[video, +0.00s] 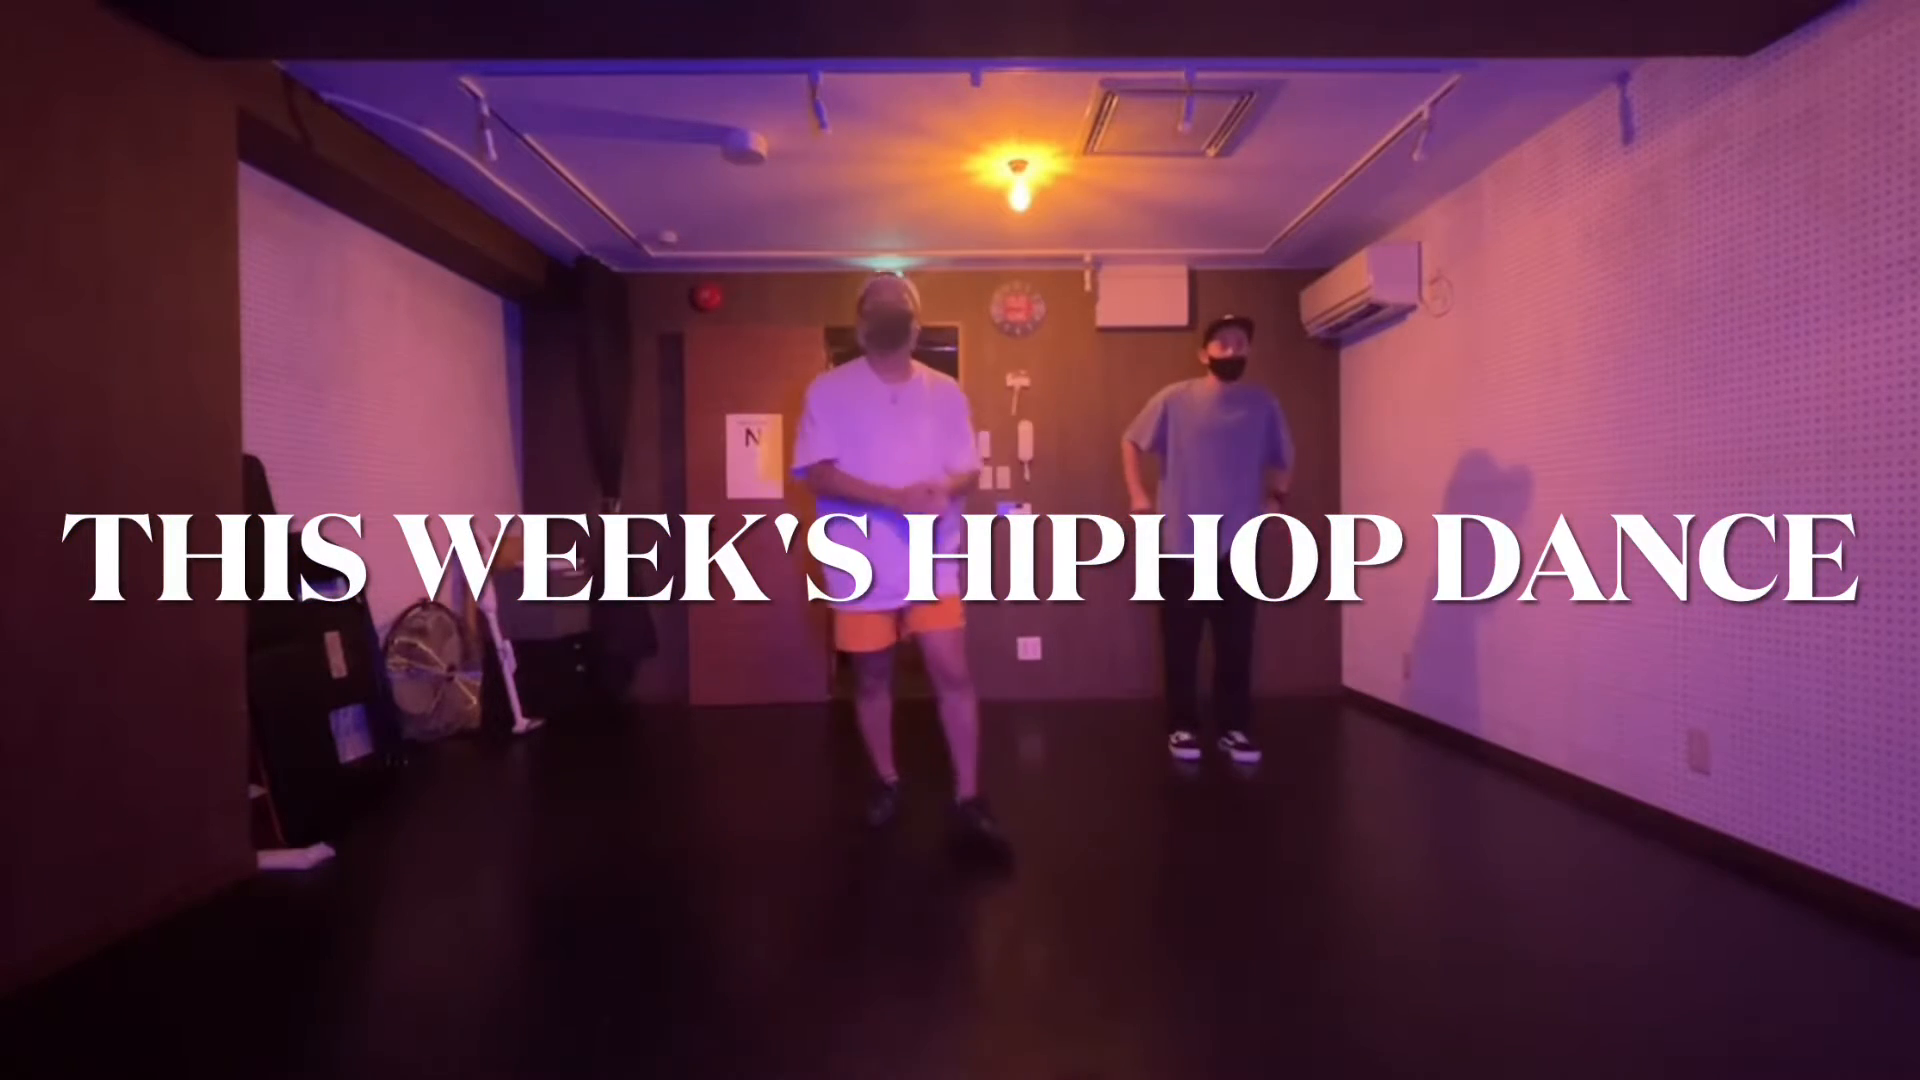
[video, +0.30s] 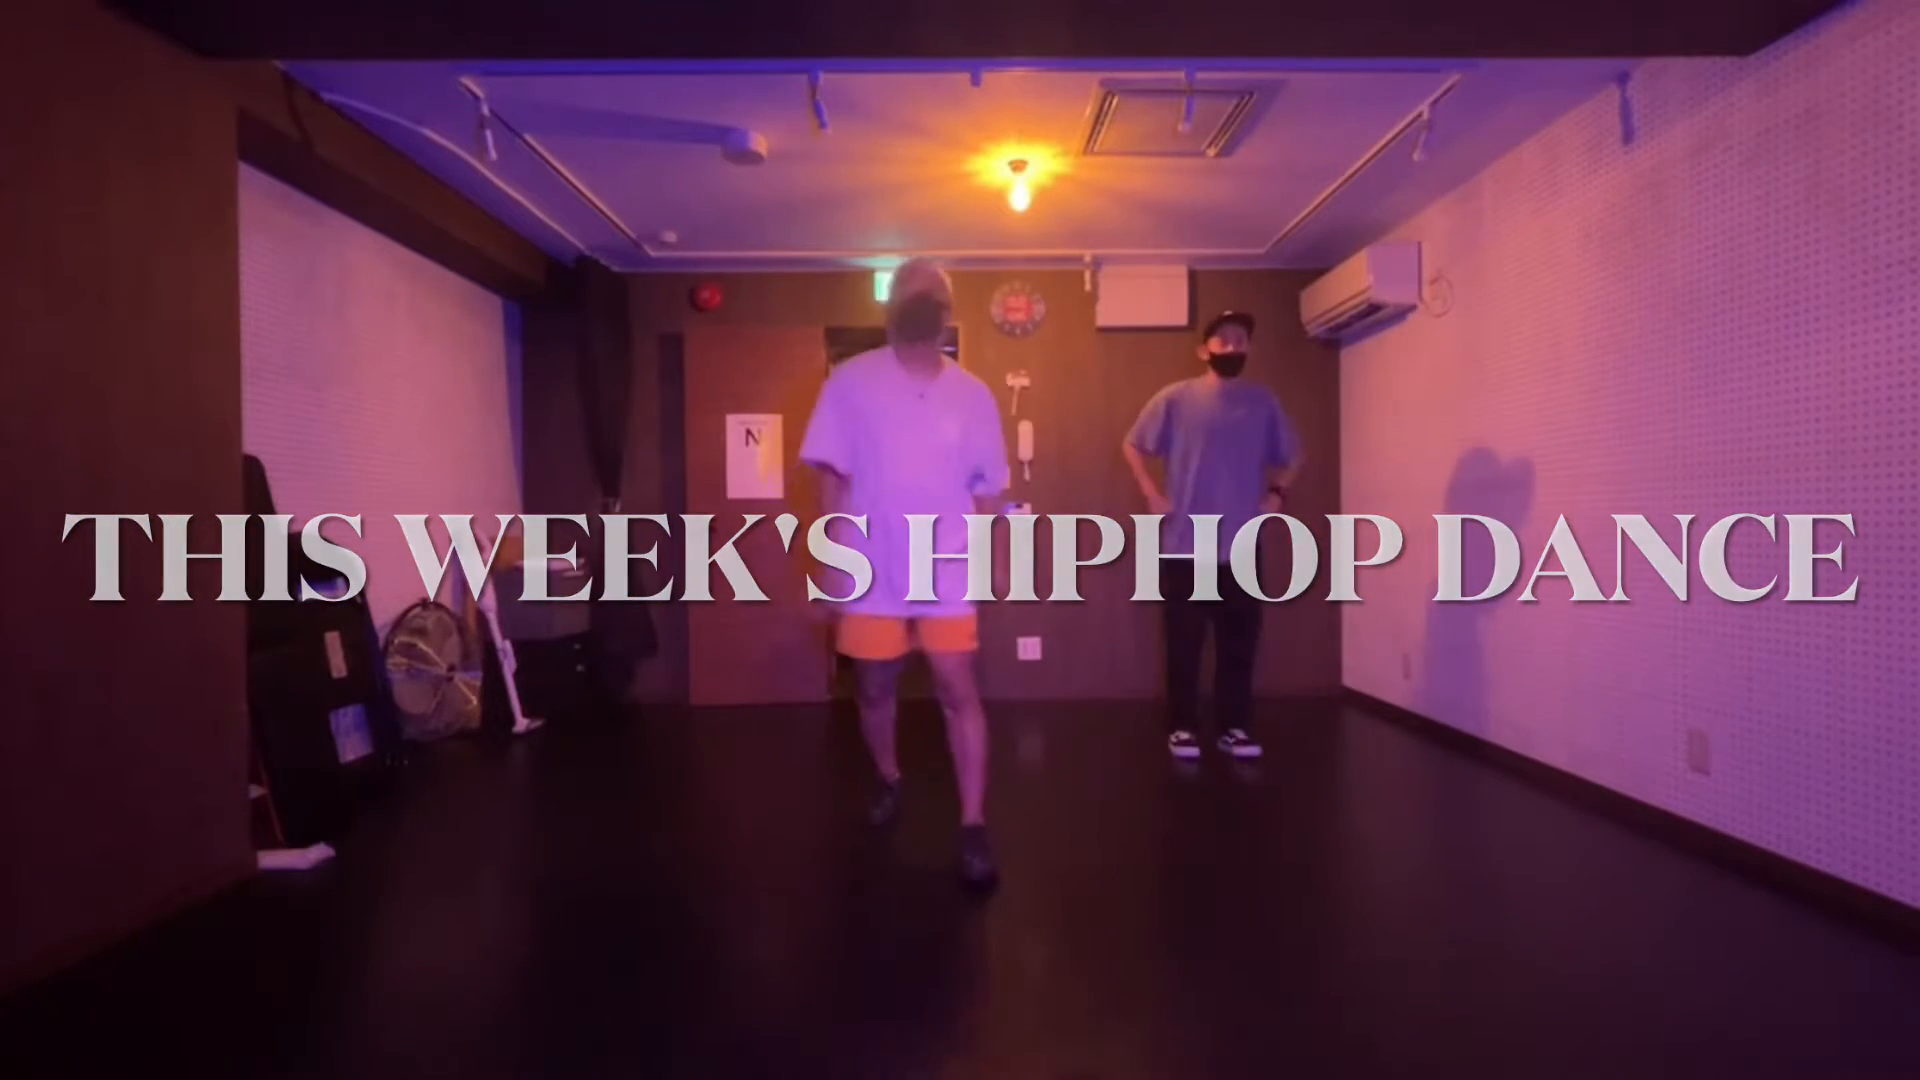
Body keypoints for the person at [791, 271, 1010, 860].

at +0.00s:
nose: (891, 322)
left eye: (900, 313)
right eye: (880, 314)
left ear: (916, 322)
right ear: (862, 323)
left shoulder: (945, 392)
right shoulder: (828, 392)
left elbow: (968, 472)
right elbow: (818, 474)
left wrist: (943, 489)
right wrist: (894, 498)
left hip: (936, 564)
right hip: (862, 565)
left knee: (952, 671)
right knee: (873, 676)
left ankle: (968, 797)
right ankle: (887, 785)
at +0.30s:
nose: (927, 309)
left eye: (937, 301)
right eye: (917, 299)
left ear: (951, 317)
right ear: (895, 310)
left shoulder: (973, 395)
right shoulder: (851, 382)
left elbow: (990, 493)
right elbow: (831, 479)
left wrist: (980, 562)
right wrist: (834, 557)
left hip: (948, 572)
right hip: (868, 570)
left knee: (958, 691)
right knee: (876, 690)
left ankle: (973, 826)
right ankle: (887, 785)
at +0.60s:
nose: (901, 292)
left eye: (913, 281)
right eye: (887, 283)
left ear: (935, 295)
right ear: (870, 299)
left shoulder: (970, 376)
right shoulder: (843, 375)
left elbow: (1032, 457)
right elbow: (799, 461)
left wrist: (1077, 516)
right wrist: (748, 515)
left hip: (941, 566)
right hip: (856, 562)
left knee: (956, 690)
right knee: (827, 682)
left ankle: (972, 827)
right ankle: (886, 785)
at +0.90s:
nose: (771, 305)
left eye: (786, 293)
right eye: (765, 295)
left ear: (817, 302)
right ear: (758, 309)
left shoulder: (852, 358)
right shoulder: (766, 396)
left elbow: (915, 399)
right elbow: (772, 492)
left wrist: (913, 475)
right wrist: (752, 545)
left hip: (868, 568)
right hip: (797, 575)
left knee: (899, 701)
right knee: (770, 698)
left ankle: (965, 820)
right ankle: (750, 856)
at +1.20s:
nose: (698, 312)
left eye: (710, 302)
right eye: (698, 302)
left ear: (741, 309)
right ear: (747, 313)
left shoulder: (716, 370)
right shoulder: (774, 375)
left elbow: (703, 482)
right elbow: (780, 491)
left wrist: (674, 562)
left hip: (725, 573)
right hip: (777, 576)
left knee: (673, 705)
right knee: (729, 706)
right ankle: (739, 855)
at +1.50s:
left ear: (664, 322)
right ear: (725, 319)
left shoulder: (638, 385)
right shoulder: (768, 387)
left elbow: (573, 458)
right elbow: (808, 476)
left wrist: (577, 524)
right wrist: (773, 545)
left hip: (657, 572)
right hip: (743, 572)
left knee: (647, 697)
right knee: (727, 710)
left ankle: (633, 813)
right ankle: (705, 856)